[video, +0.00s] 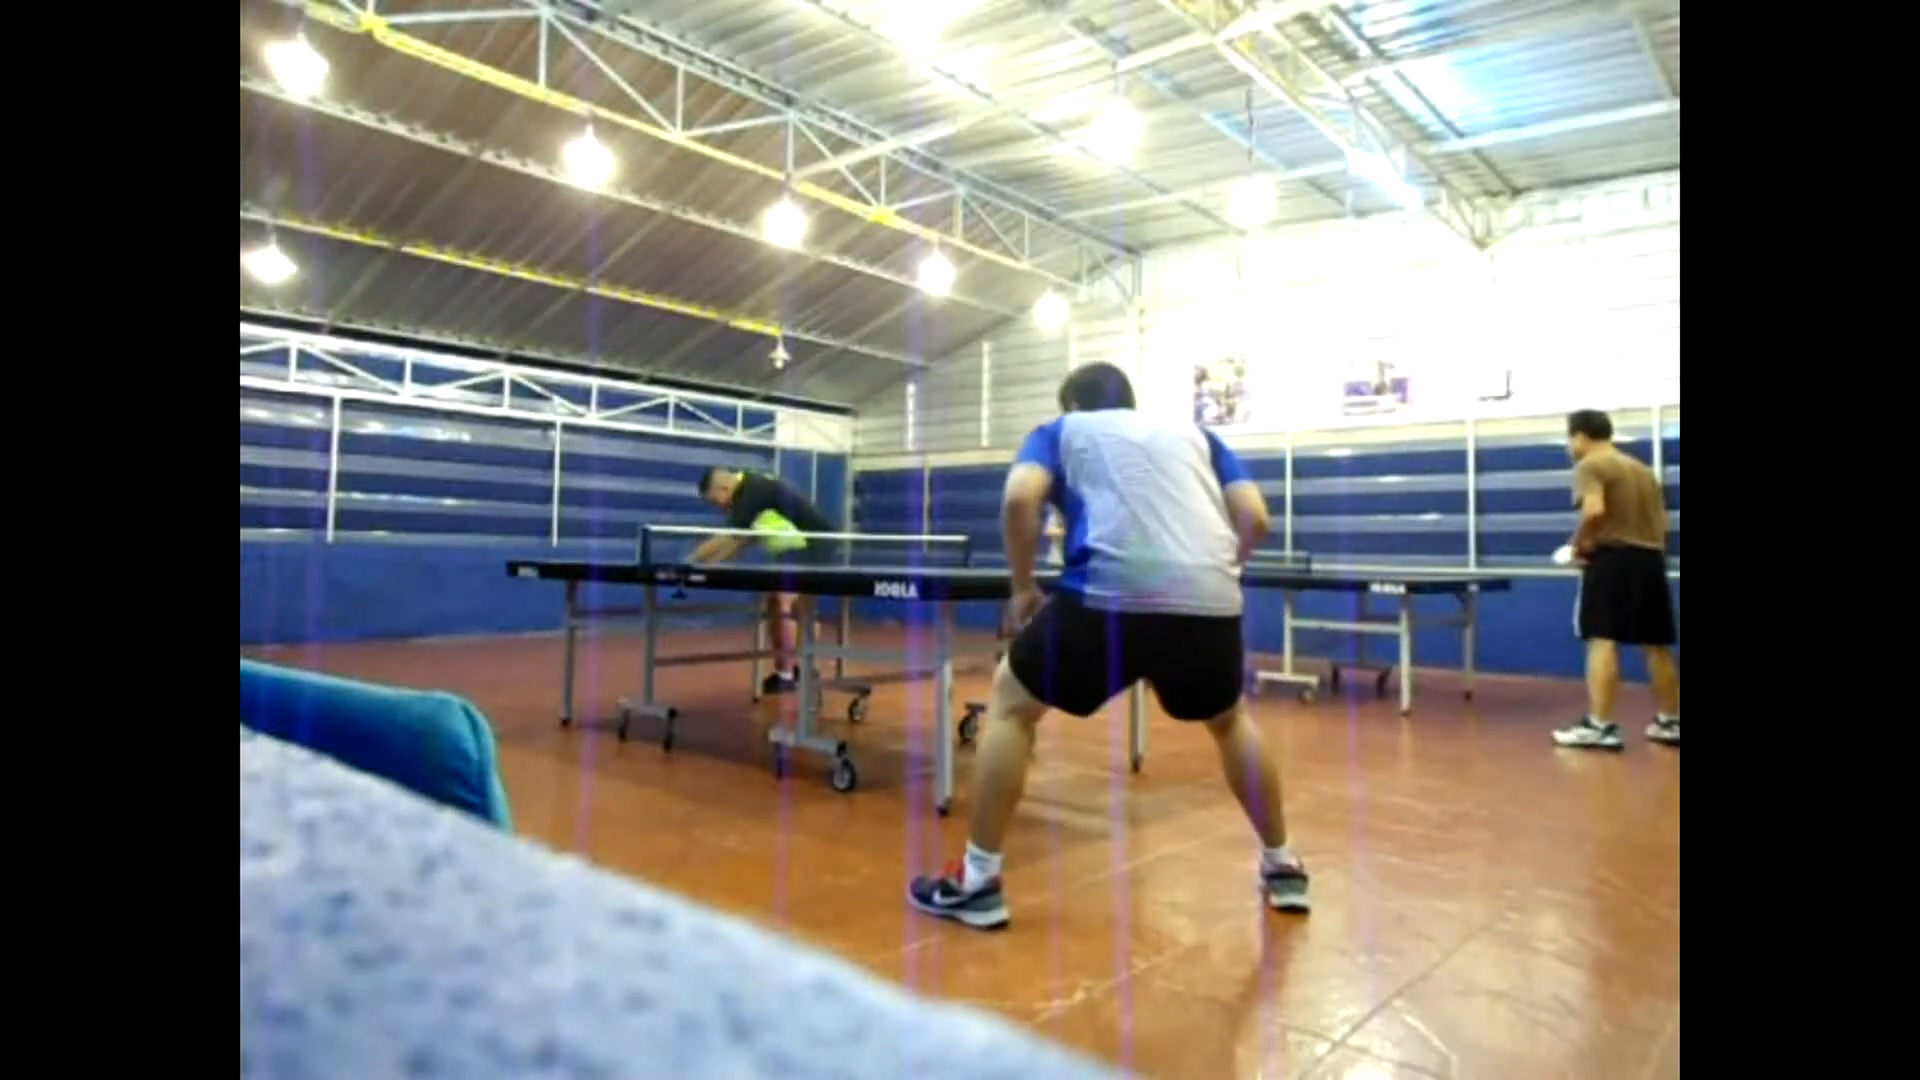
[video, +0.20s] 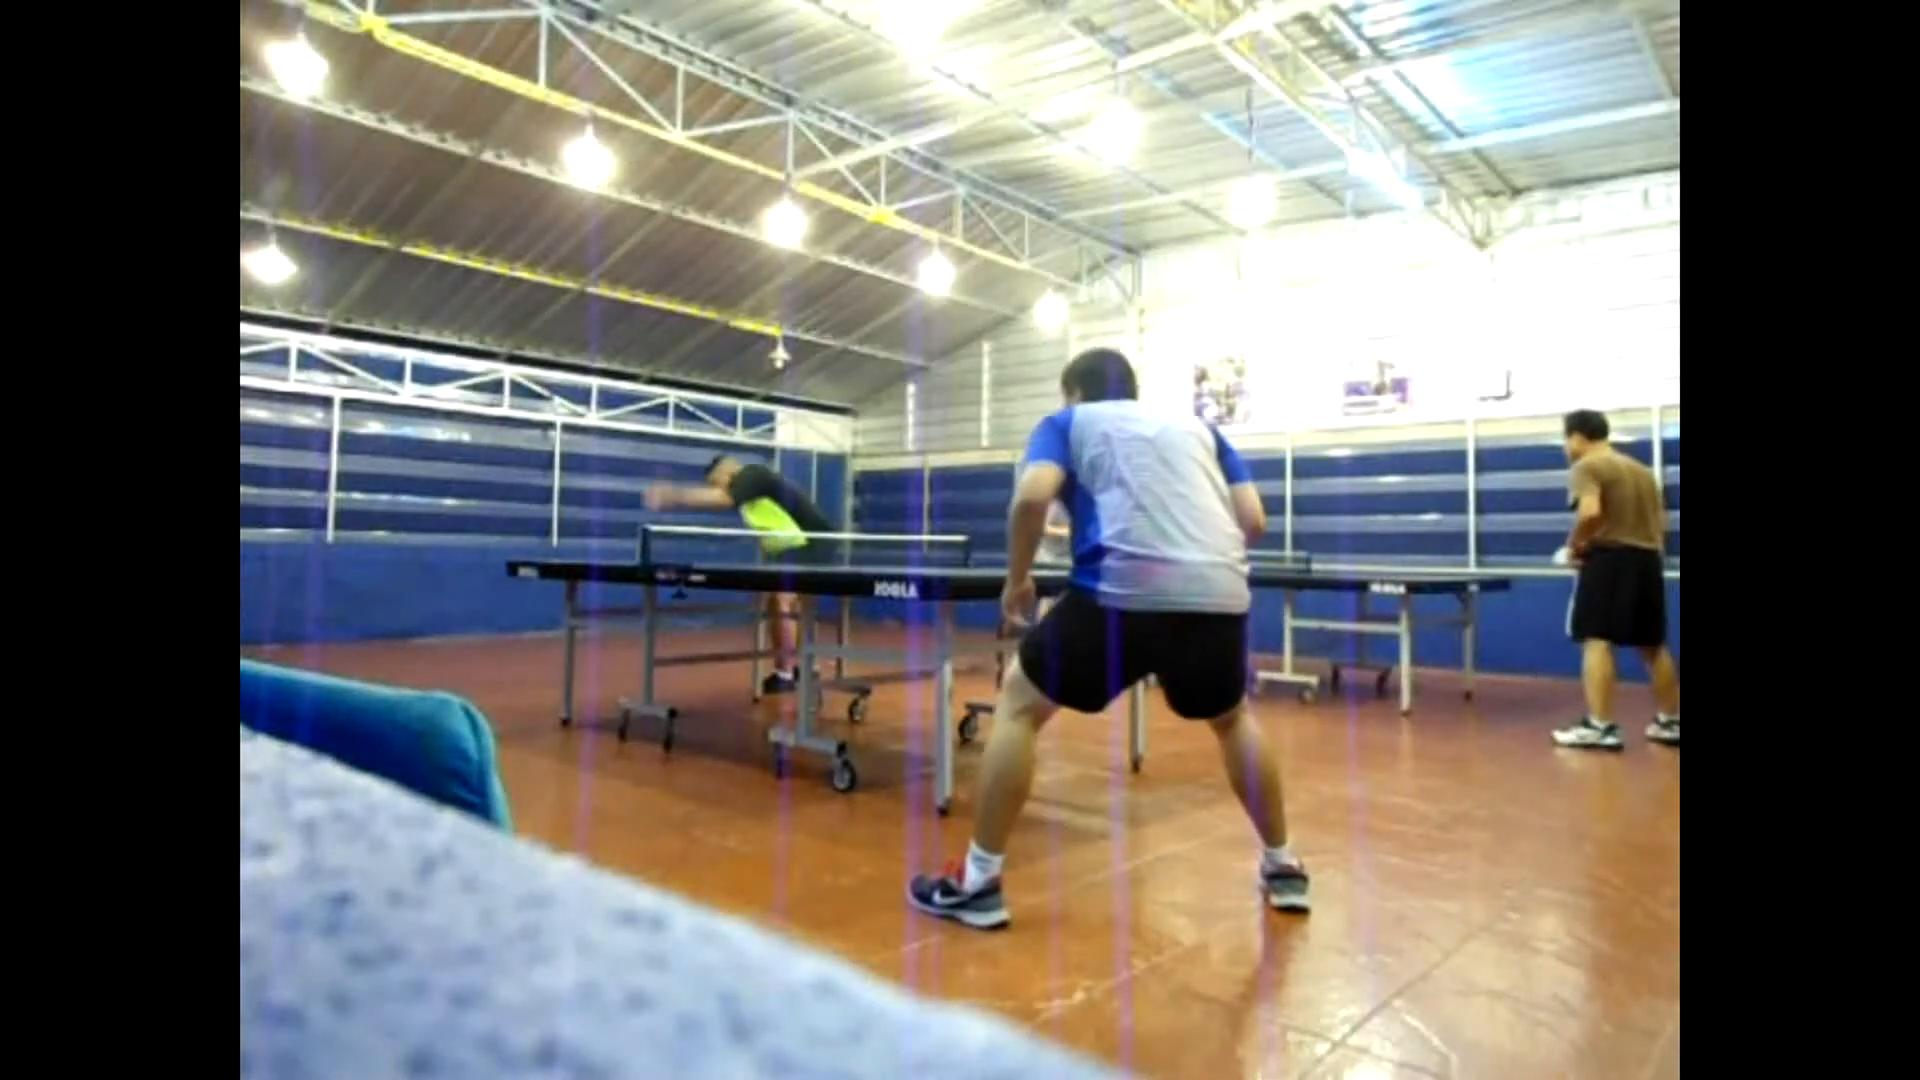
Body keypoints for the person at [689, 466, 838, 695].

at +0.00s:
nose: (719, 506)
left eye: (716, 500)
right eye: (714, 502)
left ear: (725, 486)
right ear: (725, 485)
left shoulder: (751, 492)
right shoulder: (751, 488)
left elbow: (728, 536)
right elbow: (739, 540)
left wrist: (690, 560)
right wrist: (710, 564)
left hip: (810, 547)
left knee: (782, 603)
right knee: (779, 604)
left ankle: (785, 672)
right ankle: (788, 669)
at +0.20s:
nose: (718, 486)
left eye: (717, 480)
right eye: (715, 483)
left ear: (727, 468)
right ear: (727, 474)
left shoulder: (753, 476)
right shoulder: (743, 488)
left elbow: (724, 498)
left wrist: (673, 495)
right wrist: (673, 495)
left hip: (805, 548)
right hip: (786, 551)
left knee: (783, 604)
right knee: (778, 605)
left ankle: (787, 671)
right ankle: (786, 668)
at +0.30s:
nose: (722, 479)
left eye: (724, 472)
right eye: (719, 473)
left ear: (736, 461)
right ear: (733, 464)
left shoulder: (759, 473)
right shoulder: (747, 482)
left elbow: (726, 477)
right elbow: (715, 472)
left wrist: (685, 458)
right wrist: (683, 456)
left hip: (806, 545)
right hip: (788, 548)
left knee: (784, 603)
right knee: (778, 604)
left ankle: (787, 671)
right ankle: (784, 668)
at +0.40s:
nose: (727, 469)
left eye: (732, 461)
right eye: (726, 462)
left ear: (748, 458)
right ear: (734, 466)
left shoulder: (763, 474)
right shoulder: (749, 487)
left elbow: (714, 459)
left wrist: (687, 444)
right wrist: (682, 442)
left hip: (807, 543)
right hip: (787, 547)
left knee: (786, 603)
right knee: (776, 603)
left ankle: (786, 670)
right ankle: (784, 667)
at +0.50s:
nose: (728, 462)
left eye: (732, 454)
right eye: (725, 457)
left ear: (749, 454)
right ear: (727, 461)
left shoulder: (770, 471)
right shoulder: (749, 485)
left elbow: (753, 471)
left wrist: (720, 474)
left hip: (806, 544)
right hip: (784, 548)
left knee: (788, 604)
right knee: (775, 606)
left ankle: (790, 669)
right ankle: (782, 668)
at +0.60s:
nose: (727, 460)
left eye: (731, 453)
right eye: (725, 455)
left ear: (749, 453)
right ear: (731, 459)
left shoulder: (759, 468)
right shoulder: (752, 479)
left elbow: (786, 470)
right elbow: (796, 486)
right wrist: (822, 493)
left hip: (800, 544)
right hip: (786, 546)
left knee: (787, 605)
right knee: (787, 606)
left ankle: (786, 670)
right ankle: (800, 665)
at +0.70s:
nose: (725, 465)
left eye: (729, 458)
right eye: (723, 459)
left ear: (747, 457)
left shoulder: (760, 471)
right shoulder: (751, 481)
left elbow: (798, 479)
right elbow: (800, 477)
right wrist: (814, 518)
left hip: (796, 548)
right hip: (785, 550)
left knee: (788, 607)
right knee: (789, 608)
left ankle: (785, 670)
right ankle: (798, 665)